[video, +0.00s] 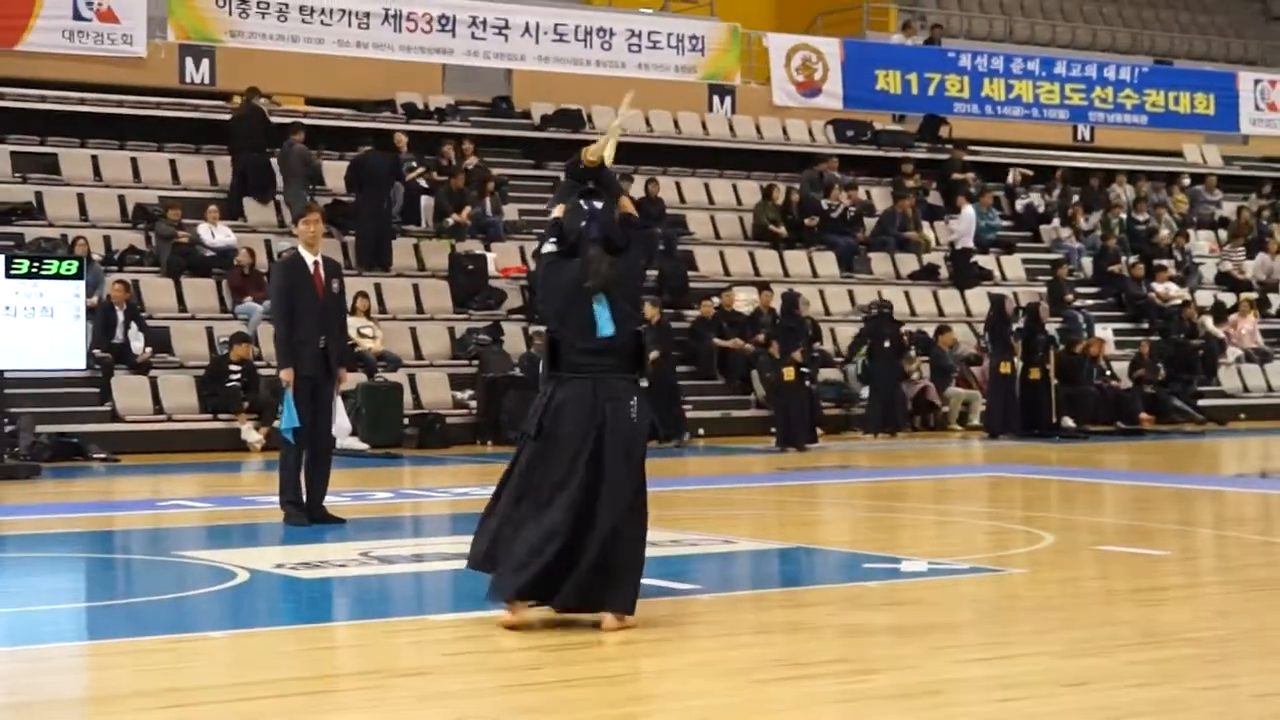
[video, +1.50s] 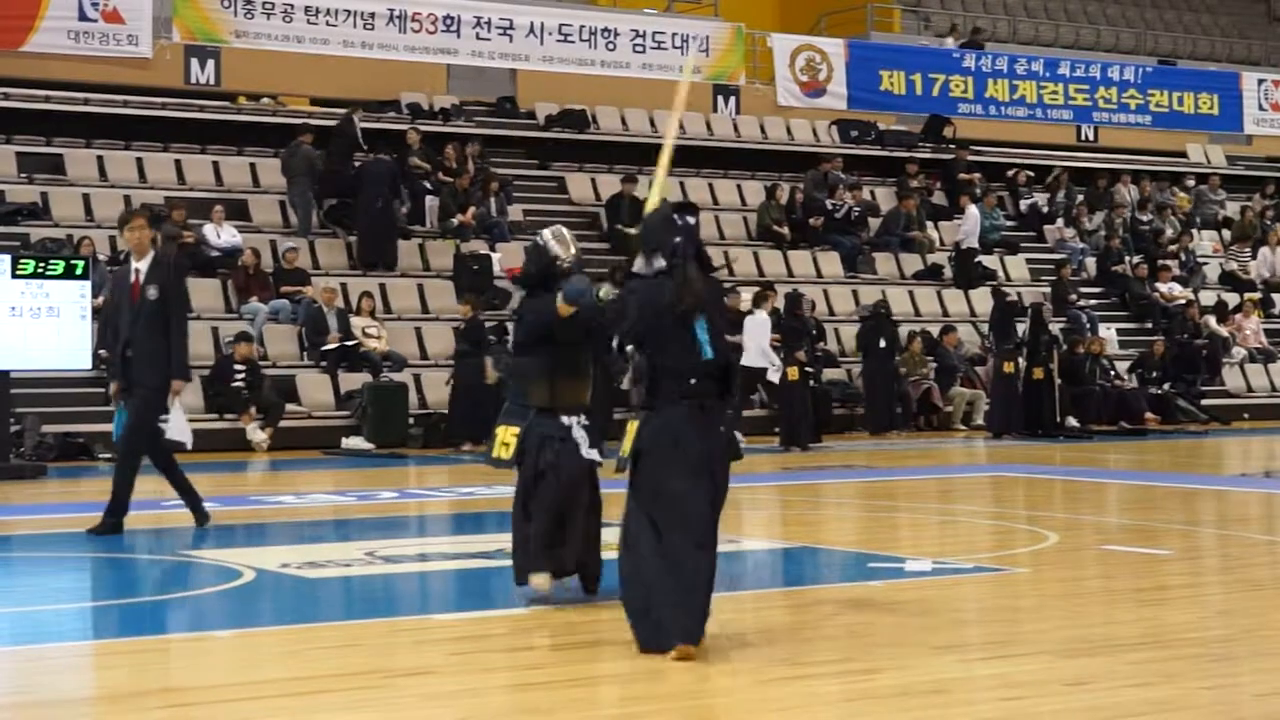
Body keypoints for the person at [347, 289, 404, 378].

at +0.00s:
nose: (364, 304)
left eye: (366, 301)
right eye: (361, 301)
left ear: (369, 304)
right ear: (355, 302)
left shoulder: (372, 320)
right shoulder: (349, 319)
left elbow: (379, 334)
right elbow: (350, 337)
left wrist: (376, 346)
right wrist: (366, 347)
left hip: (375, 348)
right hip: (361, 348)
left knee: (396, 361)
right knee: (371, 362)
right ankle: (372, 385)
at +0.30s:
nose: (364, 304)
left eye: (366, 301)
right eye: (361, 301)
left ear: (369, 304)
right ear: (355, 303)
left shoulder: (372, 321)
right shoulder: (348, 321)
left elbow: (379, 335)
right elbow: (353, 338)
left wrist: (377, 347)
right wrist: (368, 347)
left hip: (376, 348)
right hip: (361, 349)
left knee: (396, 361)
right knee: (371, 362)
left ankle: (386, 381)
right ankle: (371, 383)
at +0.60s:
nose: (366, 304)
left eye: (369, 302)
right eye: (363, 301)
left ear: (371, 304)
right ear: (357, 303)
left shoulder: (375, 321)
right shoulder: (350, 321)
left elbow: (381, 335)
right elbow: (355, 338)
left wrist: (379, 347)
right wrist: (370, 347)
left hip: (378, 349)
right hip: (363, 350)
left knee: (398, 361)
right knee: (373, 362)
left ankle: (387, 383)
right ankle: (373, 384)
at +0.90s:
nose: (366, 304)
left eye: (368, 302)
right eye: (363, 301)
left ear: (371, 304)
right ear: (357, 303)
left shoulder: (374, 321)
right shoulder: (350, 321)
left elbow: (381, 335)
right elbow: (355, 338)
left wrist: (379, 347)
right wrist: (370, 347)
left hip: (377, 348)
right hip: (363, 349)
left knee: (398, 361)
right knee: (373, 362)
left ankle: (387, 381)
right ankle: (373, 383)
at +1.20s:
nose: (367, 304)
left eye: (370, 301)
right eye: (364, 301)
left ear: (372, 304)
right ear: (358, 303)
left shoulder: (375, 321)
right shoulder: (351, 321)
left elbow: (382, 334)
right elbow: (355, 338)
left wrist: (380, 347)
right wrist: (371, 347)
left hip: (379, 348)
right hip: (365, 349)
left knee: (400, 361)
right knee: (375, 362)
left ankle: (388, 381)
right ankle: (375, 382)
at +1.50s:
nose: (369, 303)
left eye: (372, 301)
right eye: (366, 300)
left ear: (374, 304)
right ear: (360, 302)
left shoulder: (377, 321)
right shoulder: (353, 320)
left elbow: (383, 335)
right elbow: (359, 338)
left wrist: (382, 347)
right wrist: (374, 347)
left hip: (381, 347)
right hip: (366, 348)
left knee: (402, 360)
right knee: (376, 361)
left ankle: (388, 379)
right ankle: (377, 383)